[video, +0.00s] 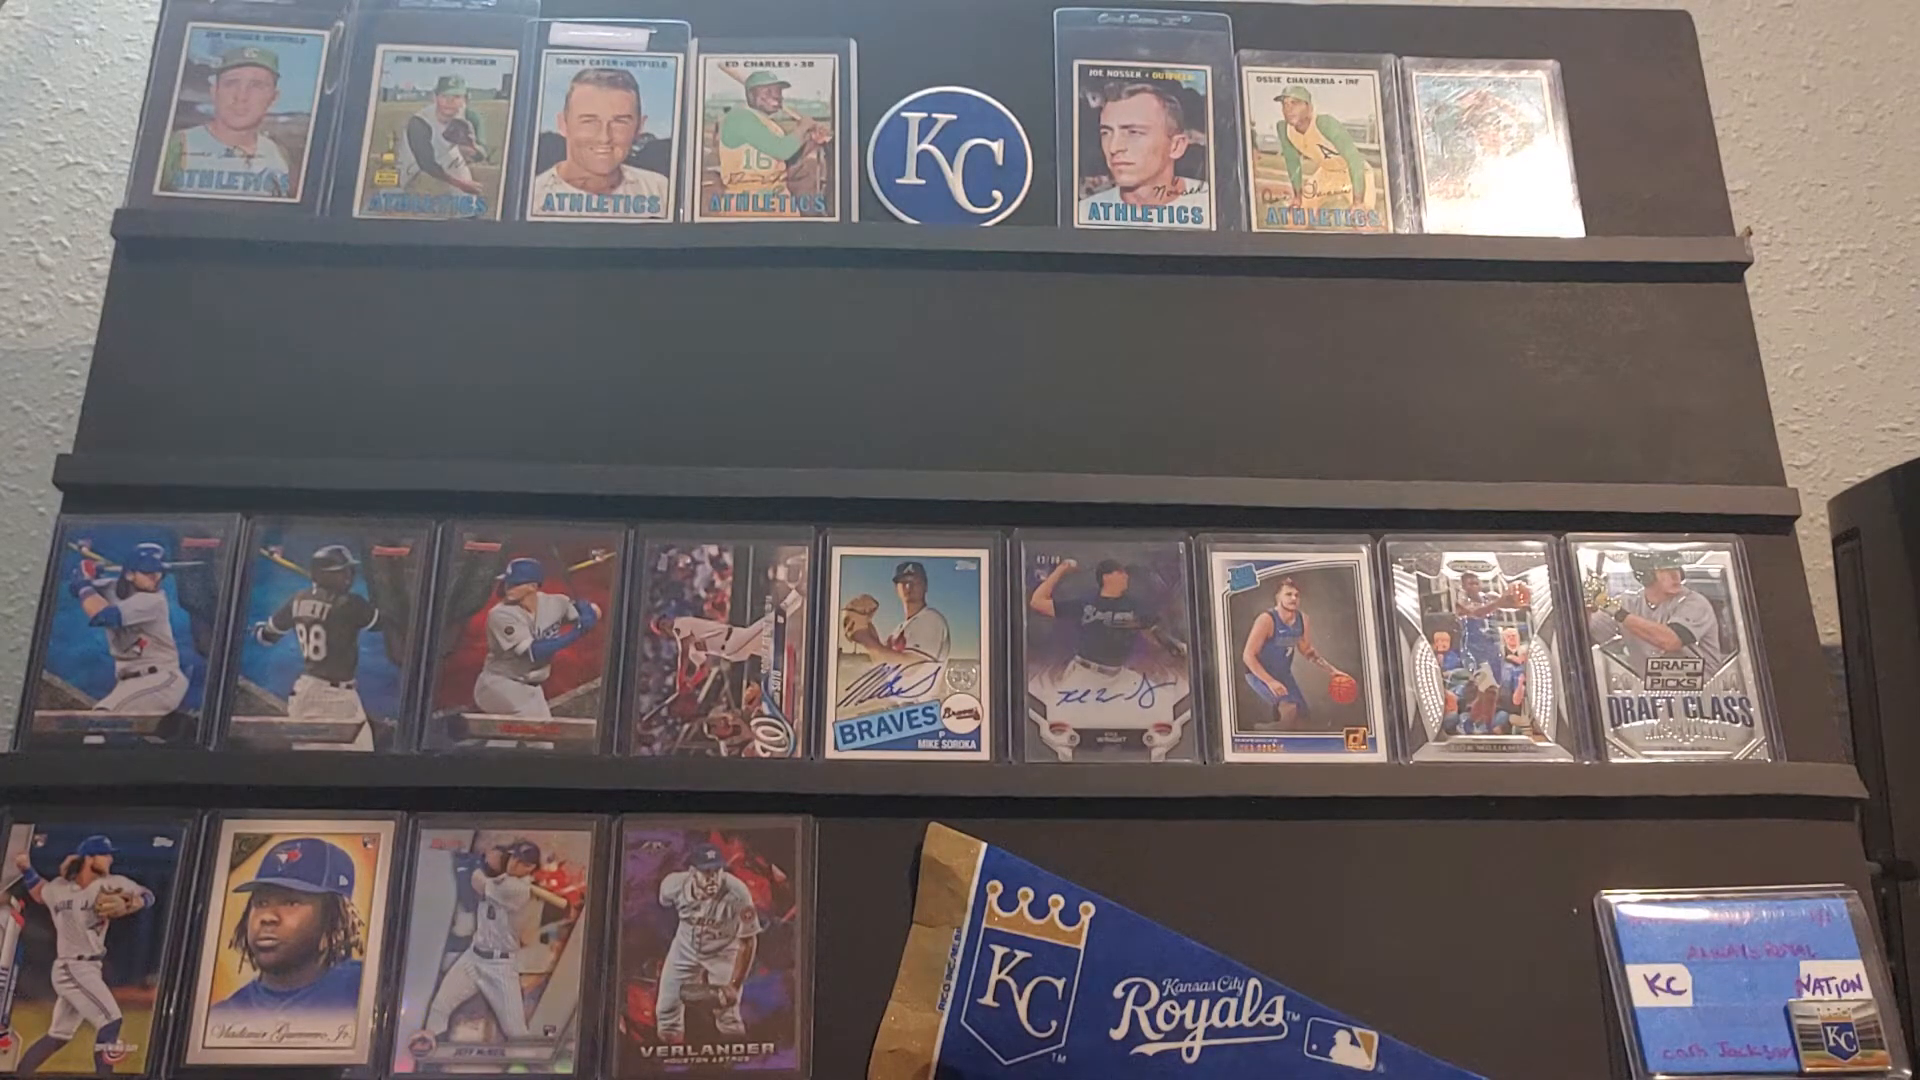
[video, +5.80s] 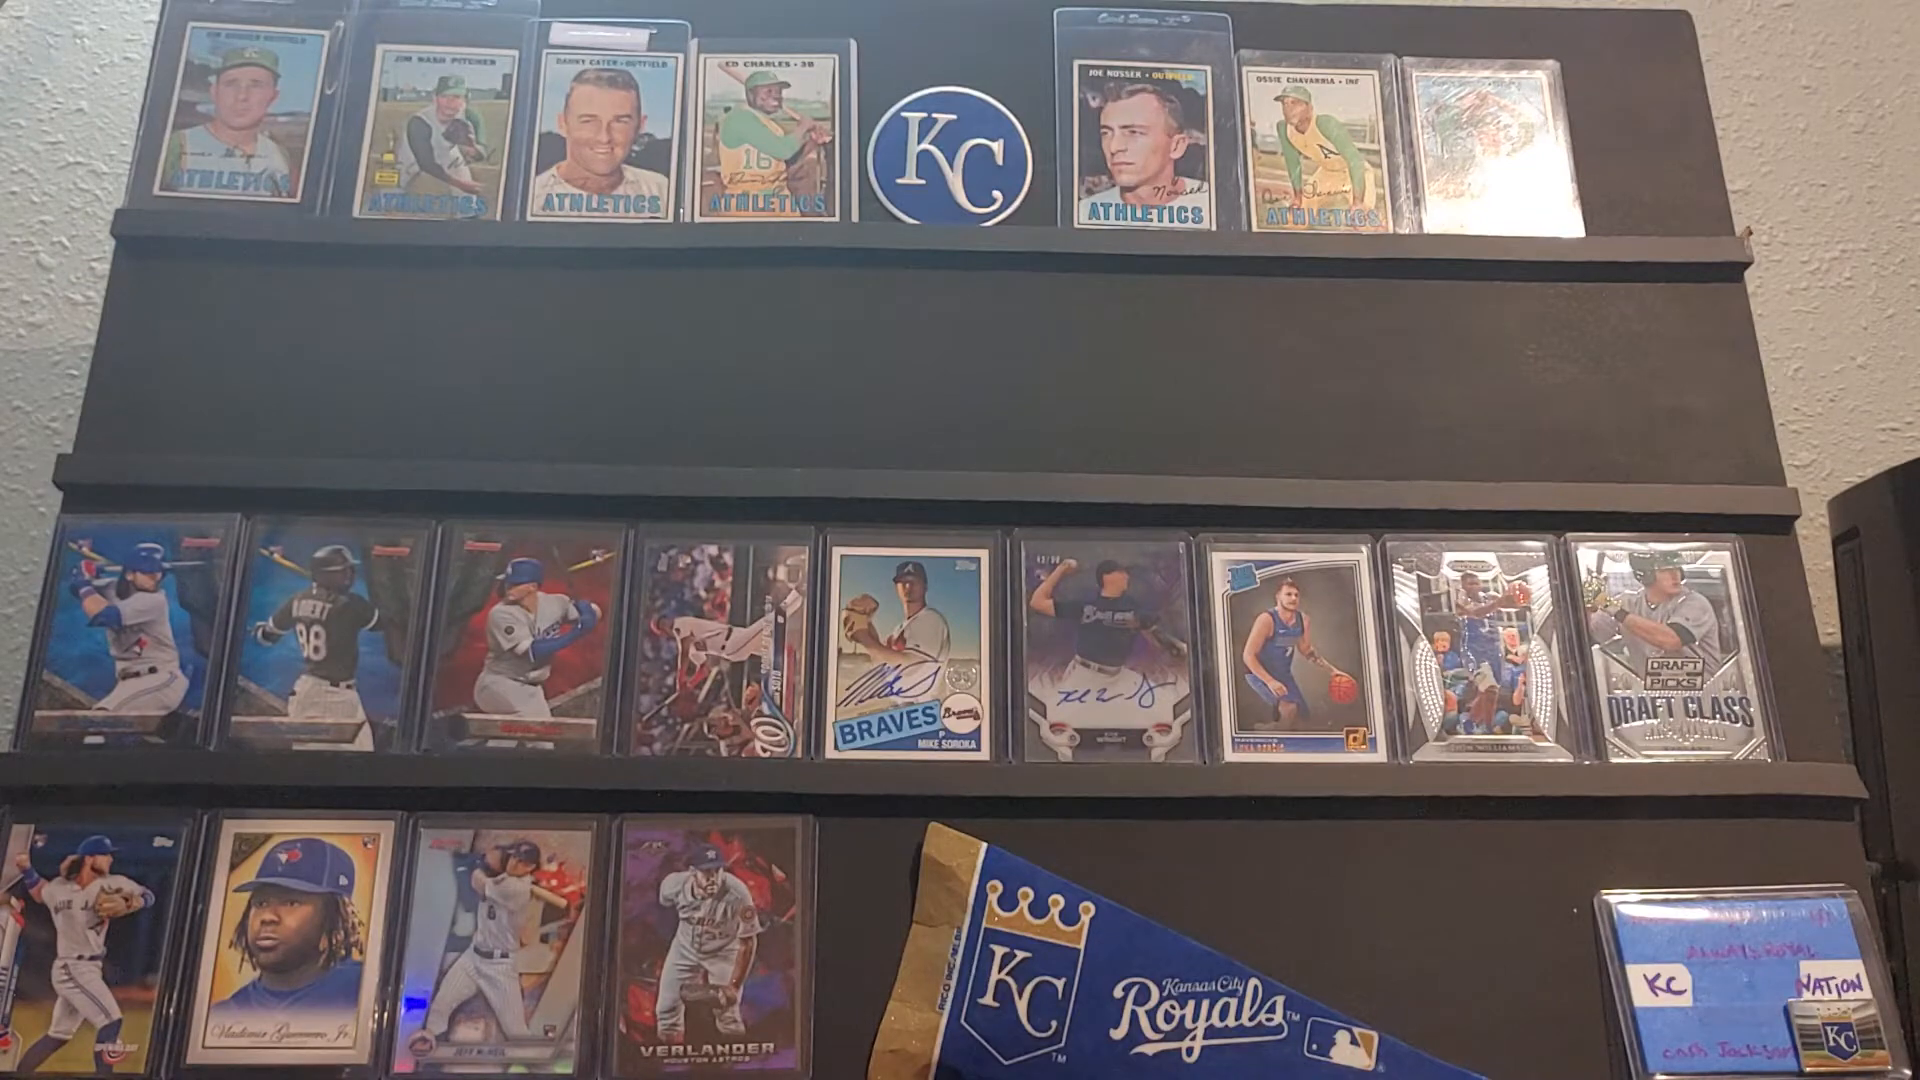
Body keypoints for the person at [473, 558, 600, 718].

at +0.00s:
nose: (507, 588)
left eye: (514, 584)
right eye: (507, 583)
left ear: (532, 586)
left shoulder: (554, 603)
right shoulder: (500, 614)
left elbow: (578, 607)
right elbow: (532, 652)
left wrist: (587, 614)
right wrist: (576, 632)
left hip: (531, 687)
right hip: (496, 684)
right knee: (530, 714)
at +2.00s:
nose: (508, 588)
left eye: (515, 584)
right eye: (507, 583)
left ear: (532, 587)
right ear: (504, 584)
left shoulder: (554, 603)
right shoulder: (500, 614)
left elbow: (579, 607)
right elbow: (532, 652)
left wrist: (587, 614)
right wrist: (575, 633)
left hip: (531, 687)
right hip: (496, 684)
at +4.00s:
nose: (507, 588)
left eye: (514, 584)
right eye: (507, 584)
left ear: (532, 587)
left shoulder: (555, 603)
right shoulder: (500, 614)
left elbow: (580, 607)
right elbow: (532, 651)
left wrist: (587, 614)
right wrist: (575, 633)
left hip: (531, 687)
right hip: (497, 683)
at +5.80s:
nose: (508, 589)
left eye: (514, 584)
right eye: (508, 584)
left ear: (532, 587)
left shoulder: (555, 603)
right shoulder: (500, 614)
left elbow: (582, 607)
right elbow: (531, 652)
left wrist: (588, 615)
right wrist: (574, 634)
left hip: (531, 688)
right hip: (496, 684)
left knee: (544, 743)